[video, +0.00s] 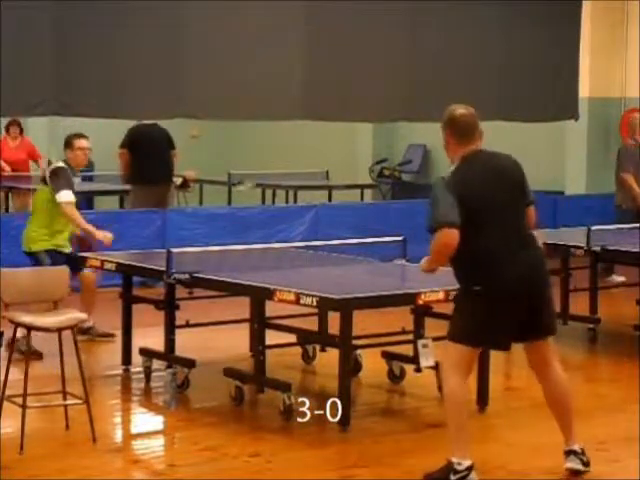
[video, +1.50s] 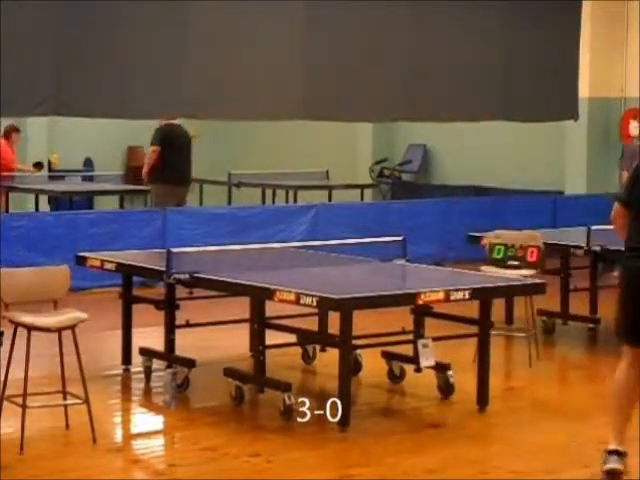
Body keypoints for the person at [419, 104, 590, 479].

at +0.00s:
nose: (444, 144)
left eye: (444, 139)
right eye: (446, 138)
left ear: (448, 139)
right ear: (481, 136)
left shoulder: (451, 181)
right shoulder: (510, 165)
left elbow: (448, 238)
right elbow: (530, 218)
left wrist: (432, 262)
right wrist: (499, 235)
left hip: (484, 285)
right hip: (529, 278)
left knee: (454, 370)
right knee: (547, 364)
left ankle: (460, 461)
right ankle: (573, 448)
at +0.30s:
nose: (475, 155)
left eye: (477, 149)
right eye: (477, 149)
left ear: (482, 151)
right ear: (513, 151)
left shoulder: (480, 191)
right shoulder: (541, 189)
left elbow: (462, 250)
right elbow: (558, 246)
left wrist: (442, 271)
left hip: (497, 302)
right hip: (544, 300)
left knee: (456, 371)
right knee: (546, 366)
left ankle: (460, 462)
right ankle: (565, 449)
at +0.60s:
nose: (538, 145)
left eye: (539, 139)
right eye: (541, 139)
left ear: (545, 141)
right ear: (574, 142)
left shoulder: (530, 181)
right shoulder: (599, 181)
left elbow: (490, 235)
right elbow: (626, 242)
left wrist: (501, 267)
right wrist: (607, 264)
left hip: (546, 290)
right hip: (596, 289)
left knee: (514, 368)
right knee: (617, 372)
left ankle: (507, 462)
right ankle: (637, 449)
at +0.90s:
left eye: (605, 152)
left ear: (605, 157)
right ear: (636, 163)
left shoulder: (582, 192)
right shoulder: (635, 196)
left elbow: (552, 240)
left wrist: (563, 271)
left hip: (576, 297)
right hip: (628, 297)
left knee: (542, 378)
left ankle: (512, 463)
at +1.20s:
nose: (633, 128)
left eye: (632, 123)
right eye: (633, 123)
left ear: (631, 135)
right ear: (633, 134)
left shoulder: (631, 178)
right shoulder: (630, 177)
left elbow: (607, 225)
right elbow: (608, 225)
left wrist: (621, 247)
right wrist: (620, 244)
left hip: (621, 275)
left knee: (595, 359)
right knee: (594, 361)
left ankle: (565, 442)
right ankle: (564, 441)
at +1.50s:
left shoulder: (637, 172)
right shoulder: (635, 173)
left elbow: (619, 217)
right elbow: (620, 216)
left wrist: (631, 244)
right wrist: (631, 244)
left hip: (634, 267)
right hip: (633, 268)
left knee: (630, 356)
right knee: (629, 357)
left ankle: (616, 446)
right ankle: (615, 445)